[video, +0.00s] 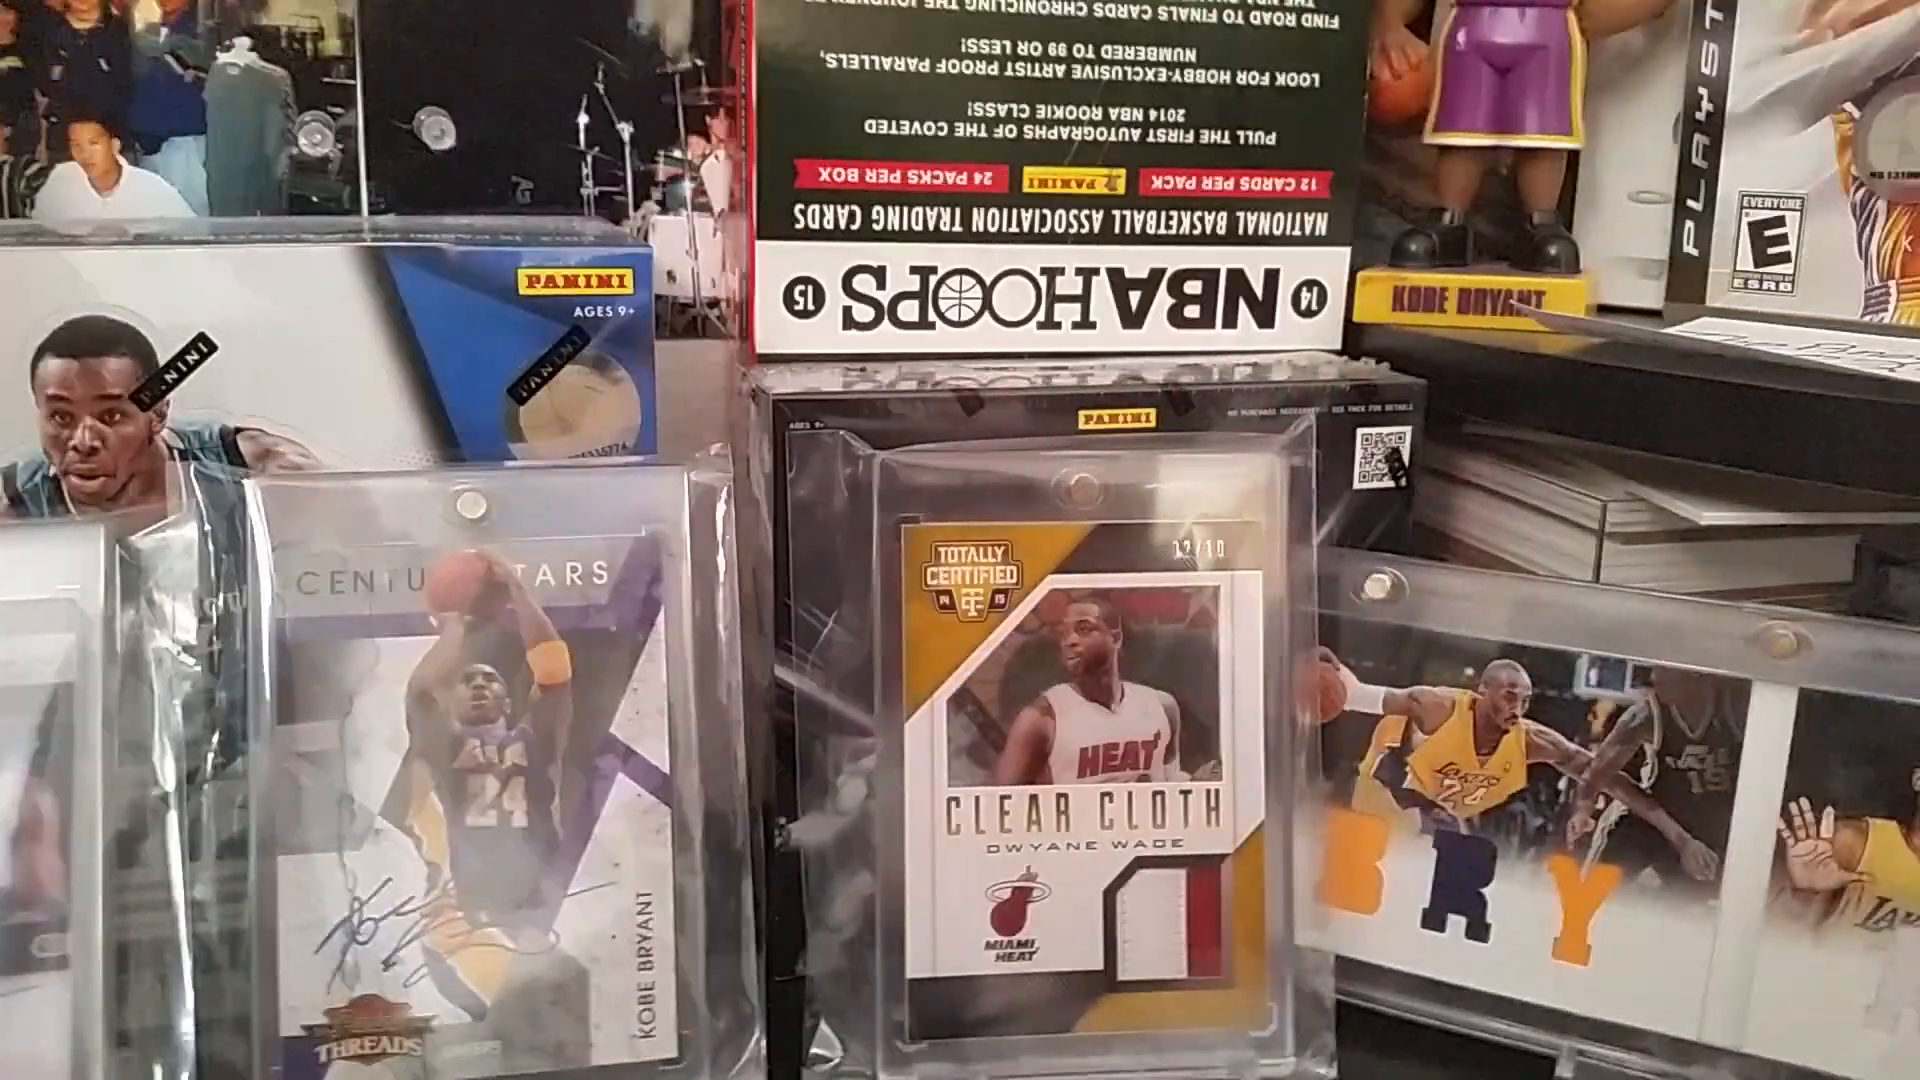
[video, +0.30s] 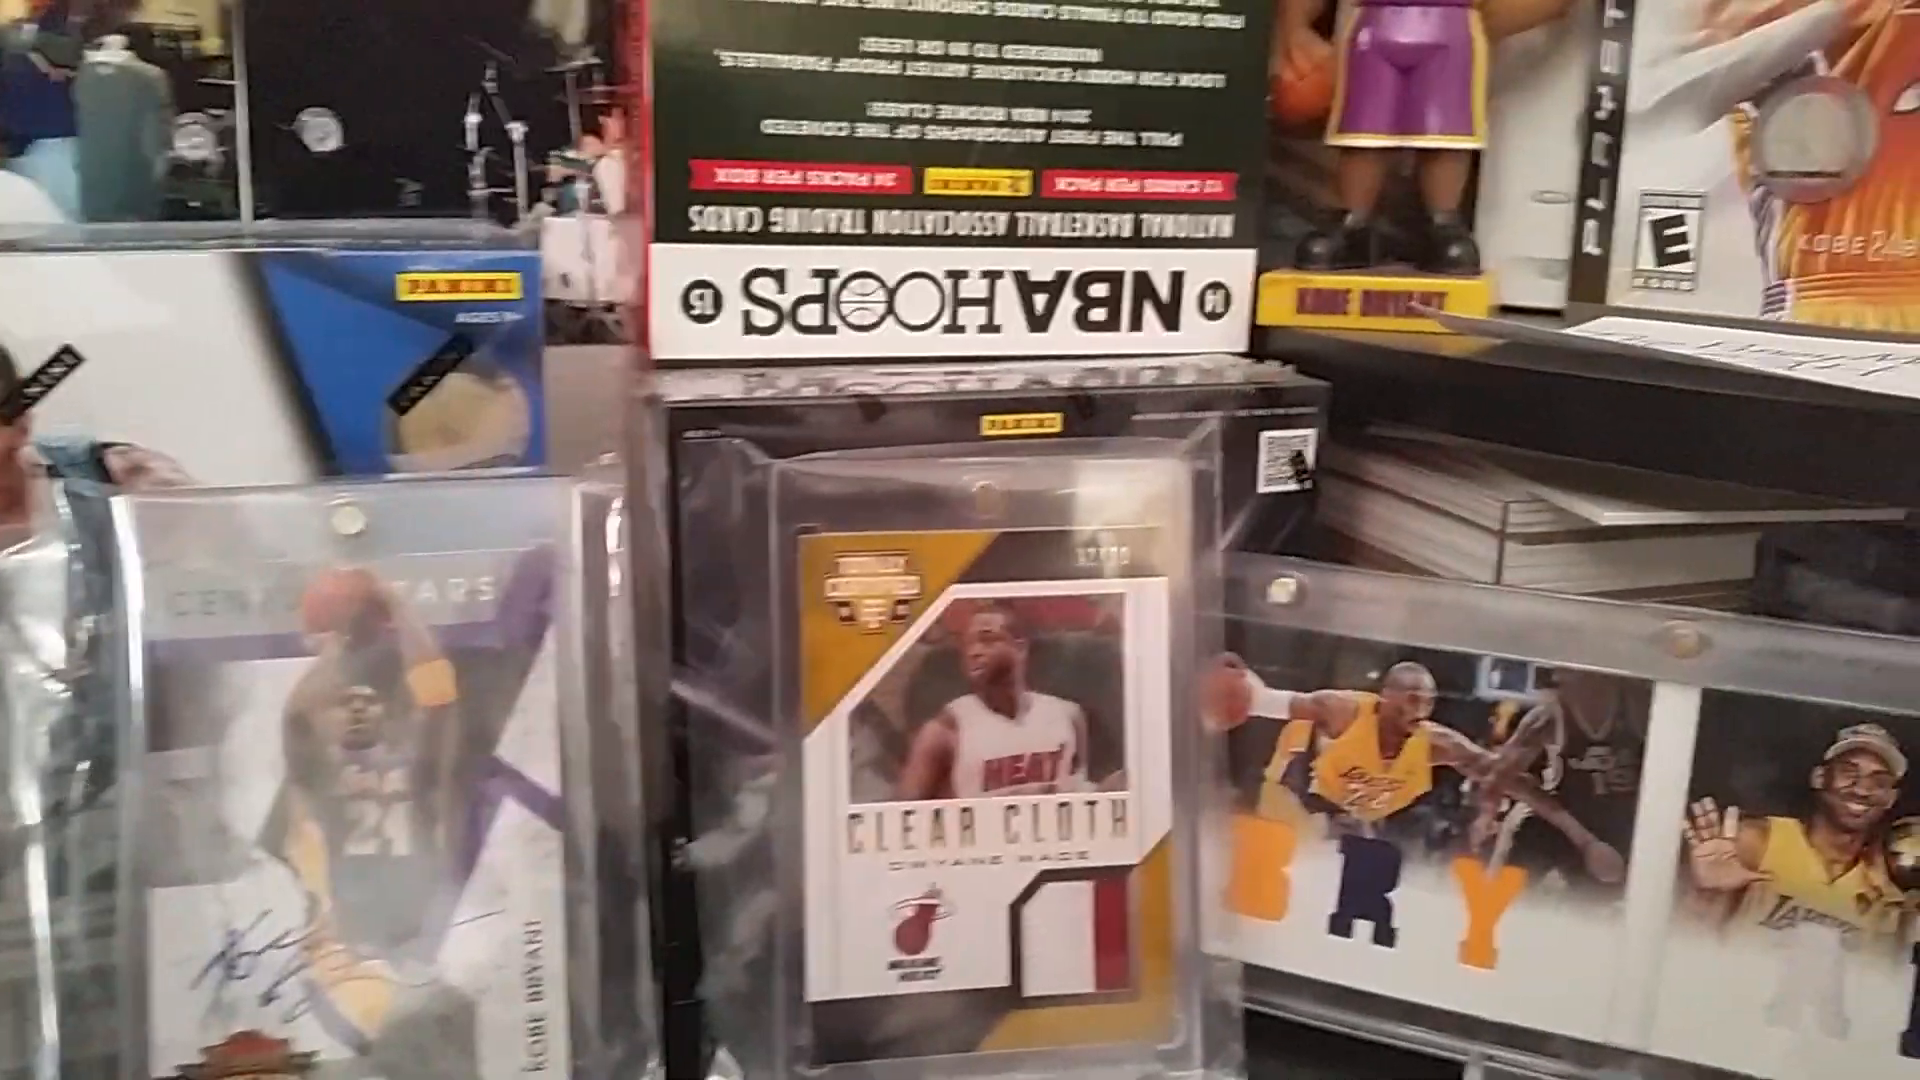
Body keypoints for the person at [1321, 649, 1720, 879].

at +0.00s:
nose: (1517, 707)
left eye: (1522, 699)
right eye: (1508, 695)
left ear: (1526, 702)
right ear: (1481, 691)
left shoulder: (1534, 740)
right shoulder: (1436, 704)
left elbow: (1605, 776)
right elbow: (1366, 697)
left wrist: (1679, 838)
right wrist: (1337, 676)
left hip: (1464, 814)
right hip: (1407, 794)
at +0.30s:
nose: (1417, 710)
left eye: (1425, 702)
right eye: (1409, 698)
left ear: (1430, 706)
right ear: (1383, 694)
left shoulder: (1439, 744)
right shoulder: (1342, 709)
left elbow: (1513, 782)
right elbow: (1267, 701)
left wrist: (1583, 840)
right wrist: (1238, 686)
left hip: (1371, 819)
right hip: (1315, 799)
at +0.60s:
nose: (1397, 709)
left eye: (1403, 701)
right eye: (1388, 697)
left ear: (1407, 707)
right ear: (1360, 694)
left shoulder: (1415, 744)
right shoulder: (1319, 708)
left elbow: (1489, 781)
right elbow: (1243, 701)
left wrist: (1563, 840)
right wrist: (1214, 681)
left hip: (1338, 817)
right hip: (1282, 793)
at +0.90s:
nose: (1395, 708)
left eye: (1401, 700)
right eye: (1386, 698)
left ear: (1405, 705)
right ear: (1359, 695)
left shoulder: (1415, 745)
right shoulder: (1317, 709)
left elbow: (1488, 782)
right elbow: (1242, 701)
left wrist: (1563, 842)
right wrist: (1208, 678)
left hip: (1338, 816)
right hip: (1286, 793)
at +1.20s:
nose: (1395, 709)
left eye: (1401, 701)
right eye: (1386, 698)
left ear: (1405, 706)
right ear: (1359, 695)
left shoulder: (1415, 745)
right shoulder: (1316, 709)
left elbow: (1488, 782)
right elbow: (1240, 701)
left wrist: (1561, 842)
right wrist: (1207, 679)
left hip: (1332, 814)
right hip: (1279, 789)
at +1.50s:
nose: (1397, 710)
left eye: (1403, 703)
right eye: (1387, 699)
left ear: (1407, 707)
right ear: (1360, 696)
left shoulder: (1417, 747)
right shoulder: (1318, 710)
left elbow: (1490, 783)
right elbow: (1243, 701)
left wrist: (1563, 843)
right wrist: (1210, 679)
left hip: (1323, 820)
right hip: (1272, 793)